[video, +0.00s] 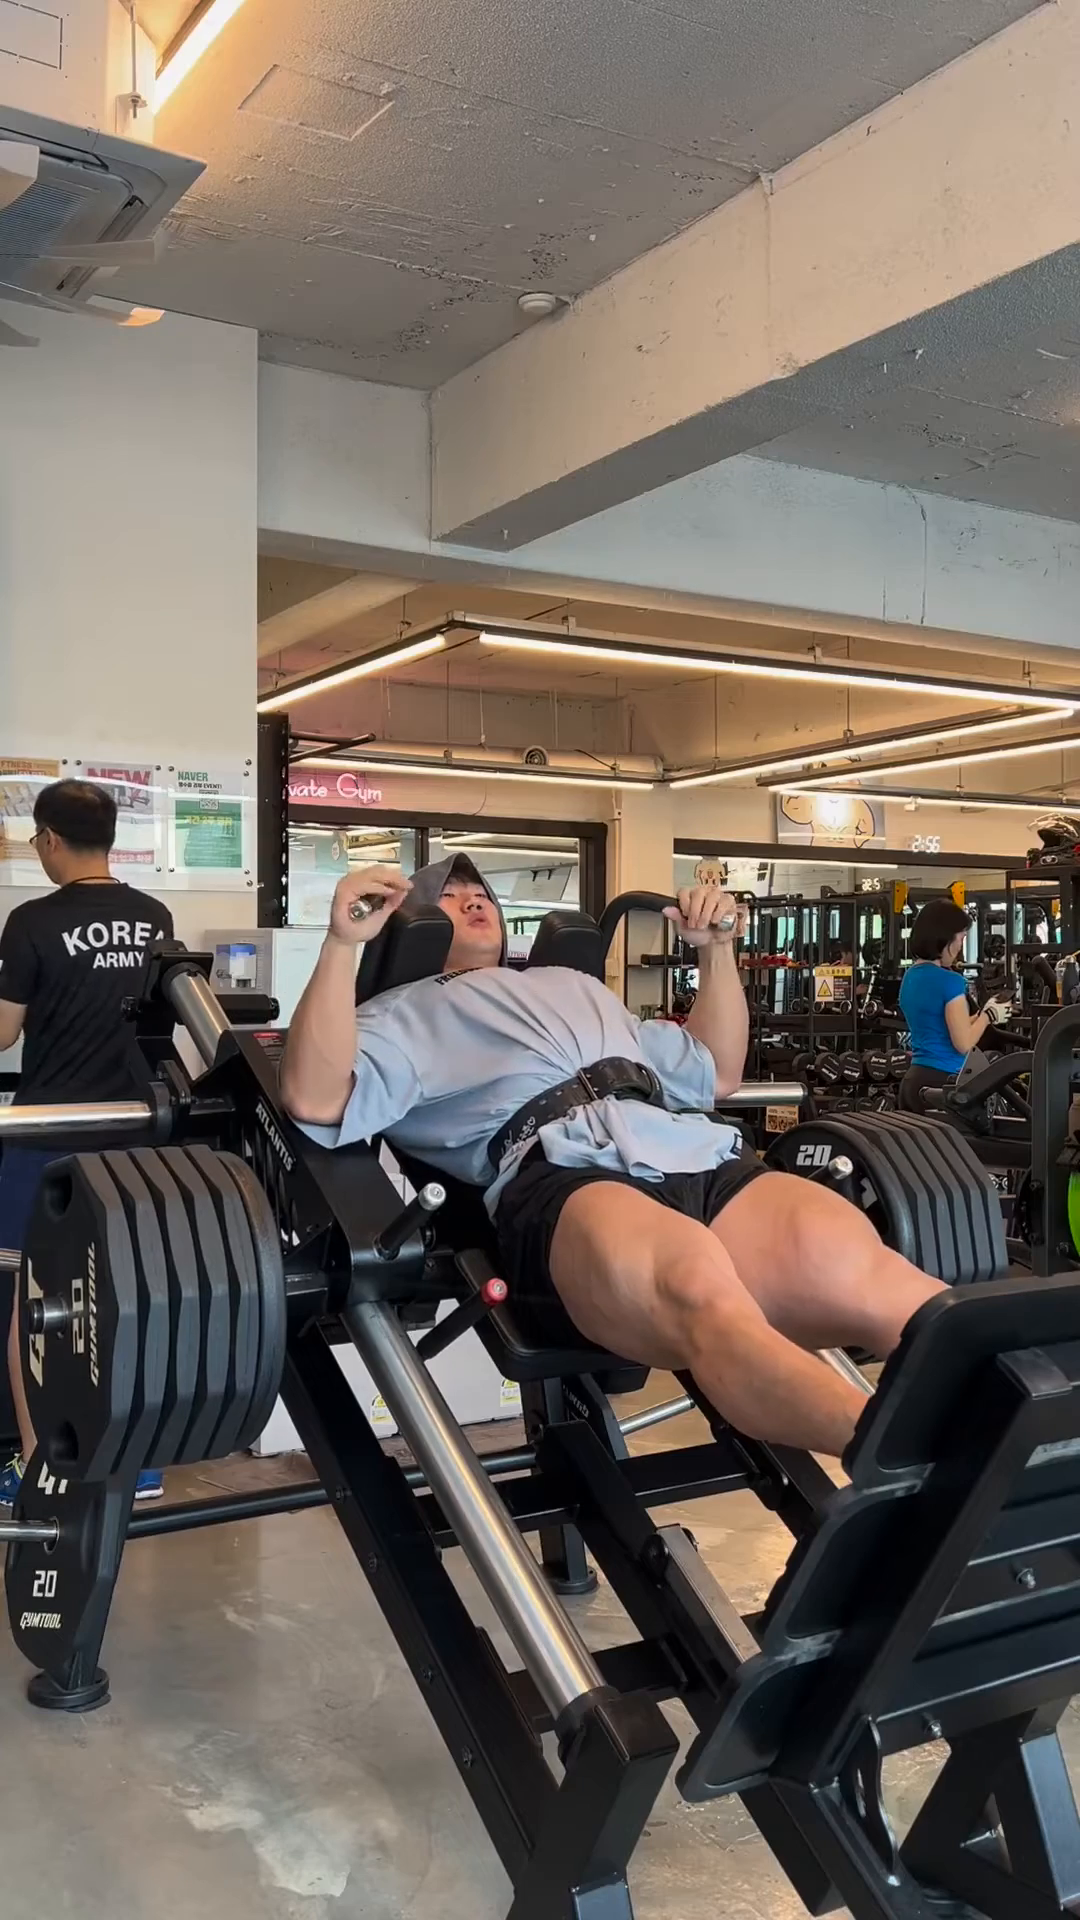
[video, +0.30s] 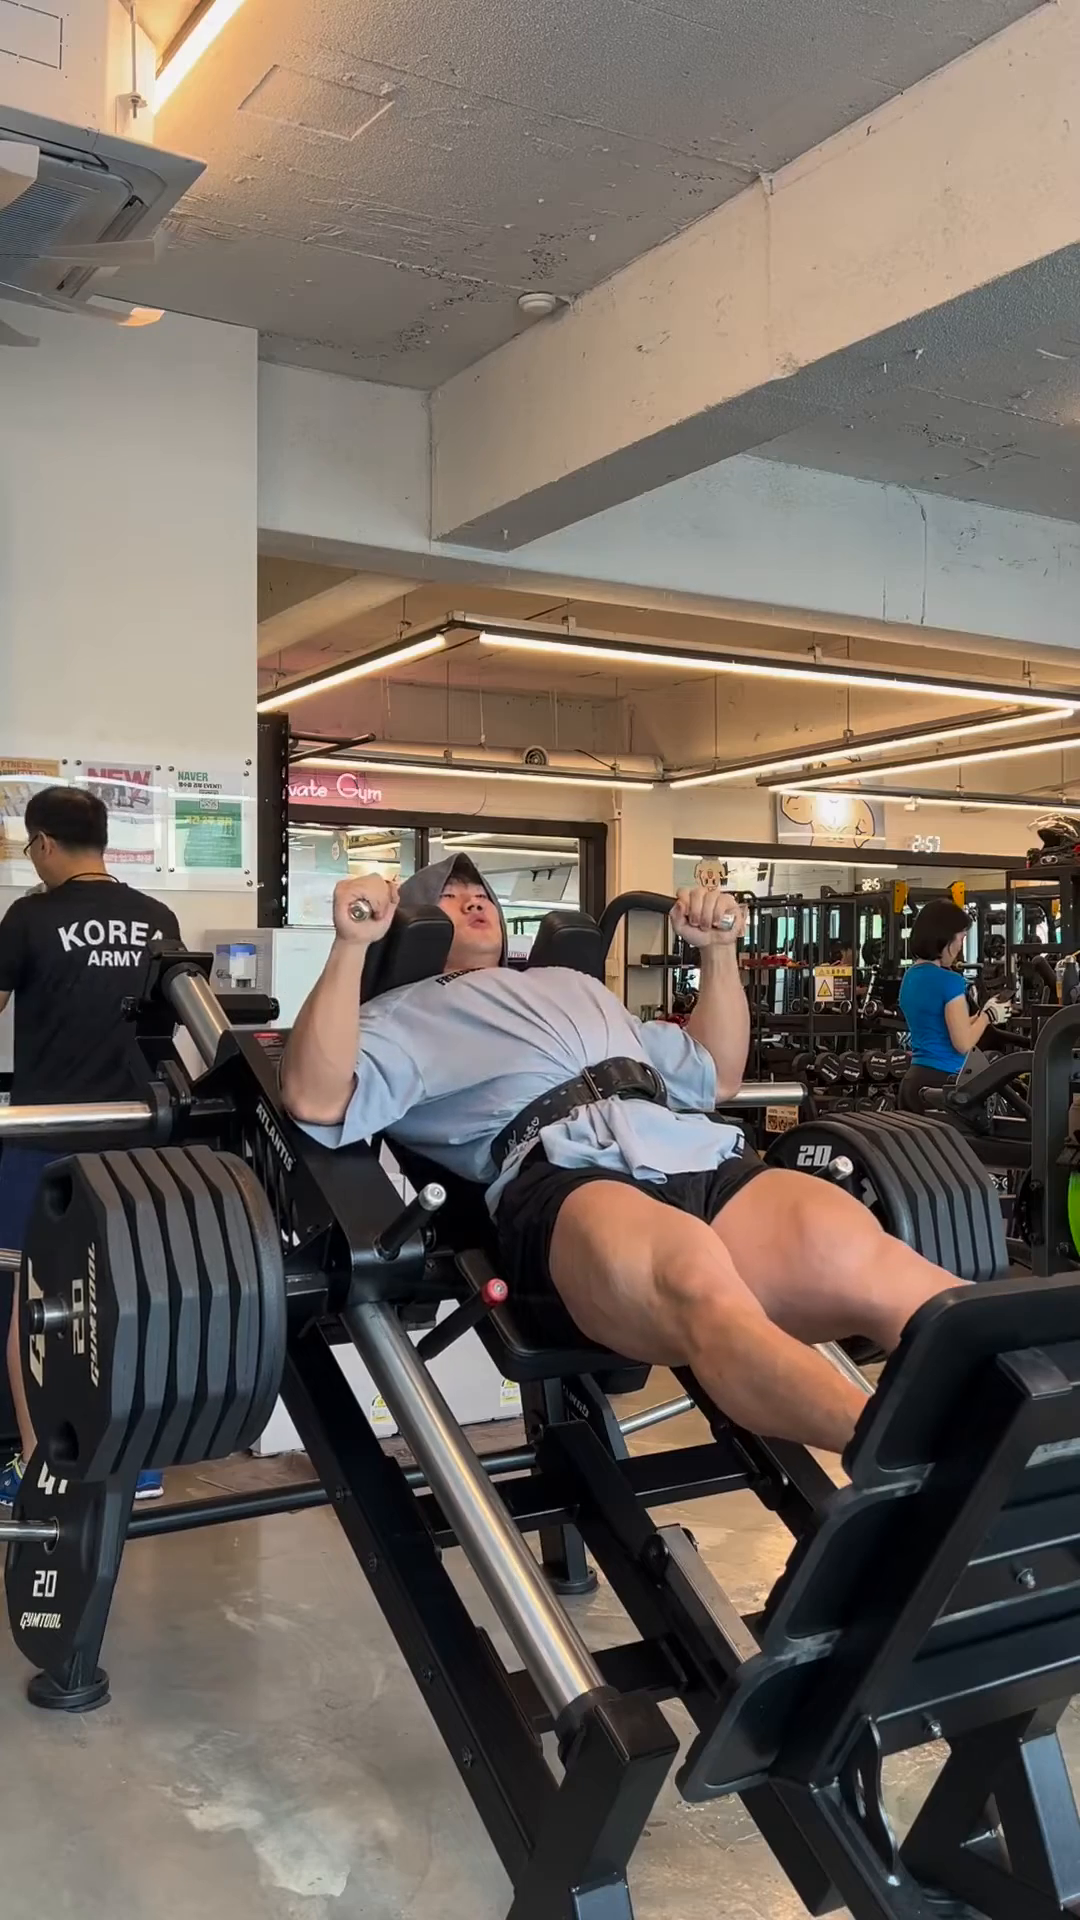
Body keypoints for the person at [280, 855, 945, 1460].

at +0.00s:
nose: (470, 902)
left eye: (482, 894)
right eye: (446, 896)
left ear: (504, 925)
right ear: (417, 936)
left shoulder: (577, 989)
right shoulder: (406, 1015)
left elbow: (712, 1073)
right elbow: (313, 1099)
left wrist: (716, 948)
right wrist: (342, 944)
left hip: (686, 1148)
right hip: (553, 1177)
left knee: (851, 1259)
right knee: (695, 1286)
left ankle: (1037, 1382)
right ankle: (896, 1451)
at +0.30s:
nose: (475, 900)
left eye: (484, 893)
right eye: (452, 893)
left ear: (504, 924)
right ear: (416, 930)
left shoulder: (577, 988)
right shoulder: (404, 1014)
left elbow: (711, 1073)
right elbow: (314, 1099)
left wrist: (720, 955)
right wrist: (351, 948)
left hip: (695, 1158)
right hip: (558, 1181)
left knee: (852, 1247)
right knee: (696, 1283)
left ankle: (1057, 1374)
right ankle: (898, 1454)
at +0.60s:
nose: (474, 901)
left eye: (482, 894)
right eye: (451, 894)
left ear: (501, 921)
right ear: (412, 929)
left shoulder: (576, 987)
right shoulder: (404, 1014)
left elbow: (711, 1073)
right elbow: (315, 1100)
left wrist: (719, 955)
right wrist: (350, 949)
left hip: (698, 1163)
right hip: (560, 1182)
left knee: (848, 1237)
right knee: (693, 1278)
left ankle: (1056, 1371)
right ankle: (897, 1449)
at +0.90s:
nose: (473, 906)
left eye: (478, 896)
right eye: (450, 902)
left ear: (500, 917)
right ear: (415, 935)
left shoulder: (576, 985)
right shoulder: (409, 1014)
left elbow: (712, 1074)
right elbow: (316, 1101)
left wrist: (719, 953)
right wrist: (351, 950)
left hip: (698, 1169)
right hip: (561, 1186)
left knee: (858, 1227)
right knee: (695, 1272)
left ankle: (1056, 1356)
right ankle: (899, 1444)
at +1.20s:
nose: (475, 917)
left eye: (485, 906)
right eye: (455, 912)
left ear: (511, 928)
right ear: (428, 946)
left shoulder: (586, 997)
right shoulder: (414, 1026)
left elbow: (724, 1087)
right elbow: (323, 1116)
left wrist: (730, 964)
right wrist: (360, 963)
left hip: (709, 1176)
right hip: (569, 1199)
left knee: (912, 1208)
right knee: (683, 1229)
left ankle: (1077, 1360)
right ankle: (903, 1443)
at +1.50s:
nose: (498, 938)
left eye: (507, 928)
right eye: (474, 935)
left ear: (530, 951)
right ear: (443, 974)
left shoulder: (606, 1021)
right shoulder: (433, 1053)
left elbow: (750, 1107)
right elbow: (342, 1142)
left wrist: (750, 982)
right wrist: (377, 987)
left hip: (745, 1217)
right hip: (590, 1266)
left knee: (950, 1177)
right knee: (672, 1190)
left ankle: (1076, 1383)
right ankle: (898, 1428)